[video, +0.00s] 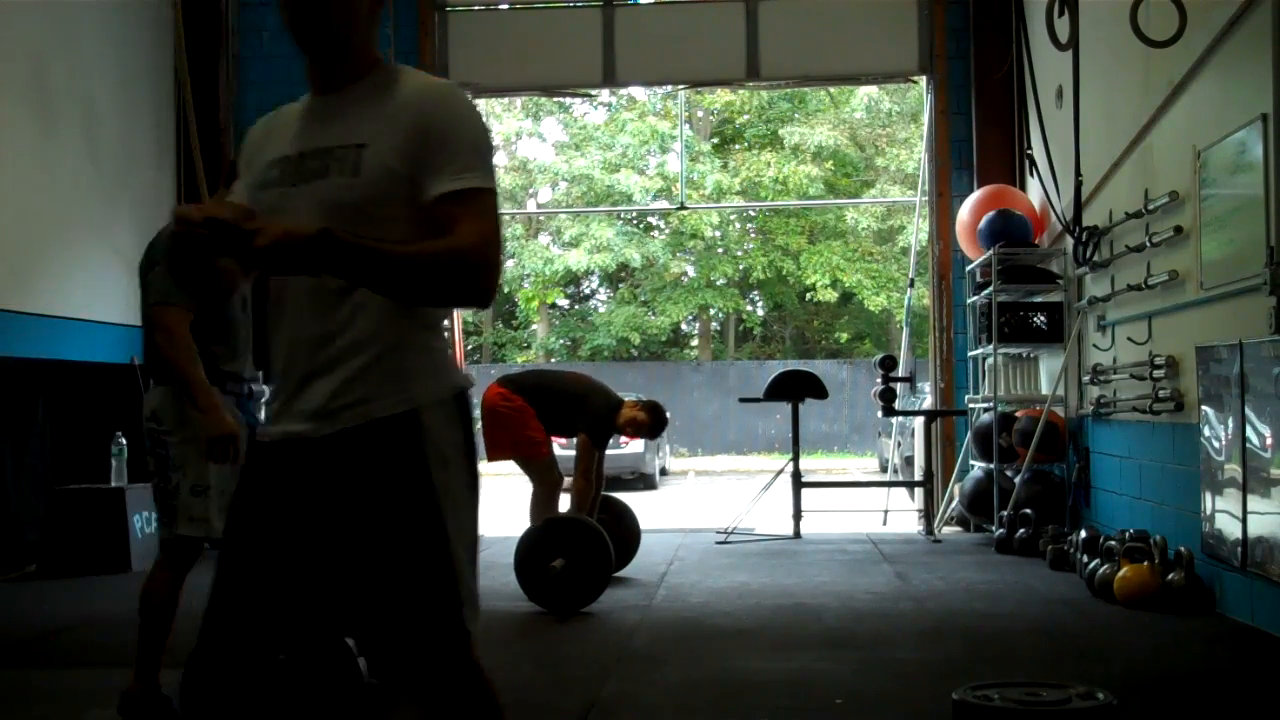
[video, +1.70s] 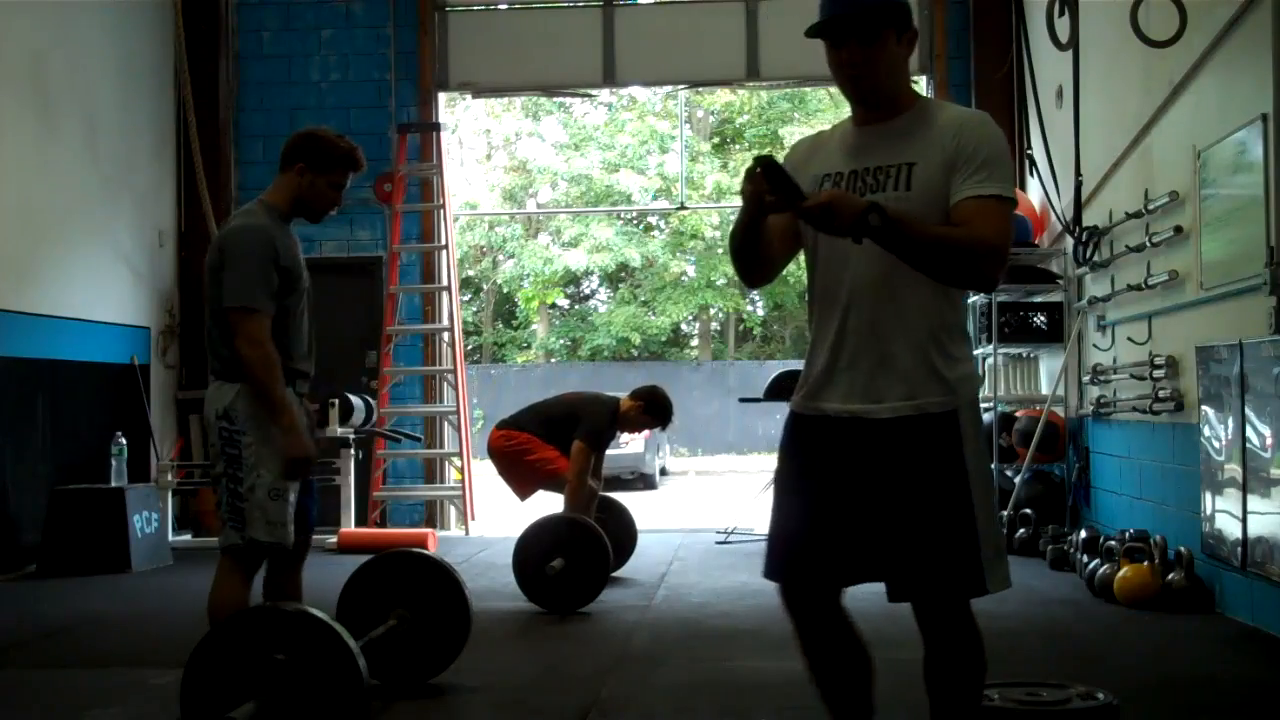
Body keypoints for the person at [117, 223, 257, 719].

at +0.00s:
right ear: (224, 187)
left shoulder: (245, 252)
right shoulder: (174, 247)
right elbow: (170, 336)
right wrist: (213, 410)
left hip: (240, 411)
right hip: (188, 414)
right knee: (182, 550)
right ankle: (145, 684)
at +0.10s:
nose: (279, 218)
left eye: (286, 210)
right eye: (275, 205)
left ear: (278, 201)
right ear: (253, 190)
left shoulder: (261, 247)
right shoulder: (195, 241)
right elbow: (171, 330)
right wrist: (190, 411)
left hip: (250, 408)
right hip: (211, 408)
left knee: (243, 545)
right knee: (209, 546)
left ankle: (239, 677)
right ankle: (156, 675)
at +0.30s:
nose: (321, 217)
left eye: (326, 207)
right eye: (319, 204)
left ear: (294, 195)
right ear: (290, 190)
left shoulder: (283, 253)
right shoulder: (214, 238)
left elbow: (280, 335)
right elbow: (173, 319)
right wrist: (170, 401)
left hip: (272, 398)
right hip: (228, 395)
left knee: (273, 527)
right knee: (253, 527)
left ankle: (262, 644)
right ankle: (232, 650)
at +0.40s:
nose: (329, 219)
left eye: (334, 210)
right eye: (327, 206)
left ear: (300, 195)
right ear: (300, 191)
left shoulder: (293, 260)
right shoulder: (219, 239)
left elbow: (319, 353)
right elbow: (174, 322)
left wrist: (372, 406)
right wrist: (172, 399)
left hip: (279, 403)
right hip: (234, 400)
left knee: (275, 535)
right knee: (250, 533)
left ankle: (271, 652)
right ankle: (250, 658)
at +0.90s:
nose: (331, 217)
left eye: (337, 207)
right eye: (329, 204)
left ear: (304, 192)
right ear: (300, 188)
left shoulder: (284, 248)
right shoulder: (236, 239)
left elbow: (288, 341)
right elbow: (204, 323)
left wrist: (331, 397)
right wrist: (239, 391)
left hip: (293, 407)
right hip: (263, 406)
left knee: (279, 546)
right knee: (268, 547)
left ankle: (264, 662)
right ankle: (243, 667)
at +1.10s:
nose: (332, 210)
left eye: (337, 200)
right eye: (330, 197)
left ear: (298, 183)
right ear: (299, 180)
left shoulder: (271, 238)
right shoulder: (239, 236)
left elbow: (272, 332)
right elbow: (235, 329)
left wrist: (321, 389)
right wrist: (313, 379)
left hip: (284, 402)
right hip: (251, 404)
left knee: (316, 530)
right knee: (249, 537)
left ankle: (286, 643)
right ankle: (230, 659)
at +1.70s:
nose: (338, 201)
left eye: (342, 190)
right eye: (335, 187)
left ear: (300, 176)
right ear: (302, 174)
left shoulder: (277, 235)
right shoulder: (253, 235)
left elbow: (272, 337)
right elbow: (252, 342)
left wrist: (302, 405)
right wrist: (290, 427)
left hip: (276, 404)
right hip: (248, 406)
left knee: (291, 545)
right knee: (243, 551)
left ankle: (287, 660)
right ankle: (229, 670)